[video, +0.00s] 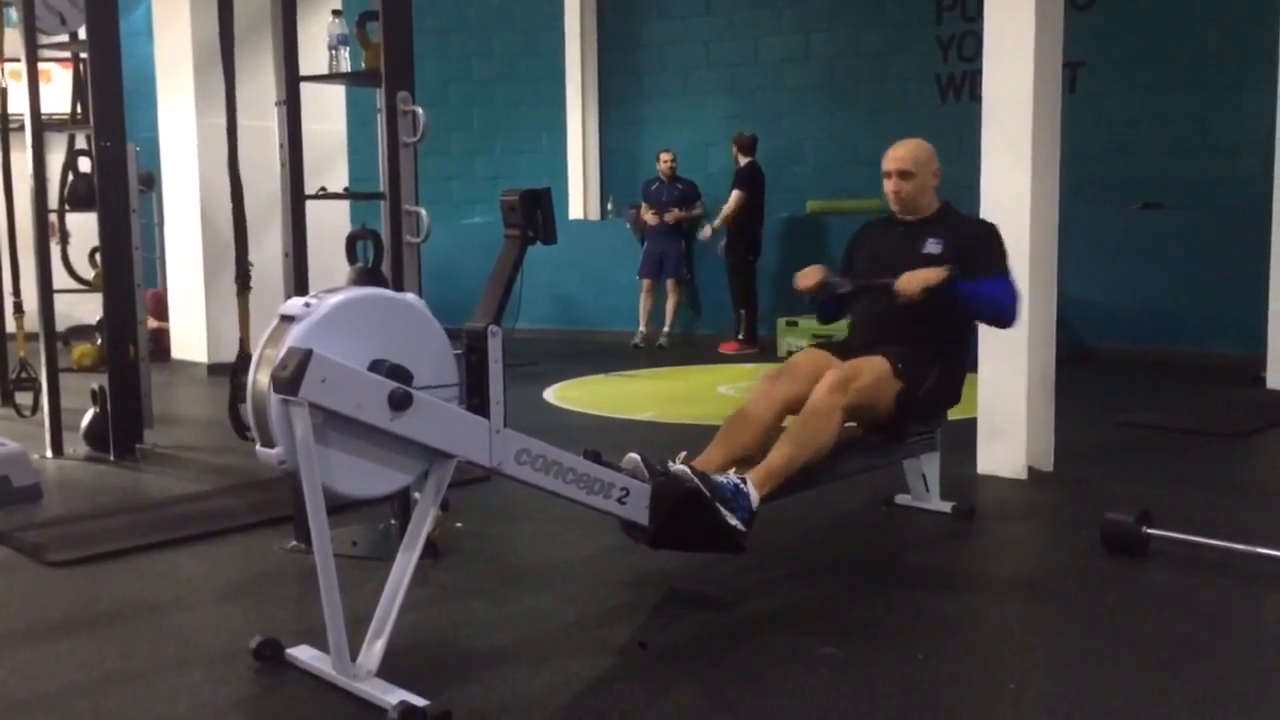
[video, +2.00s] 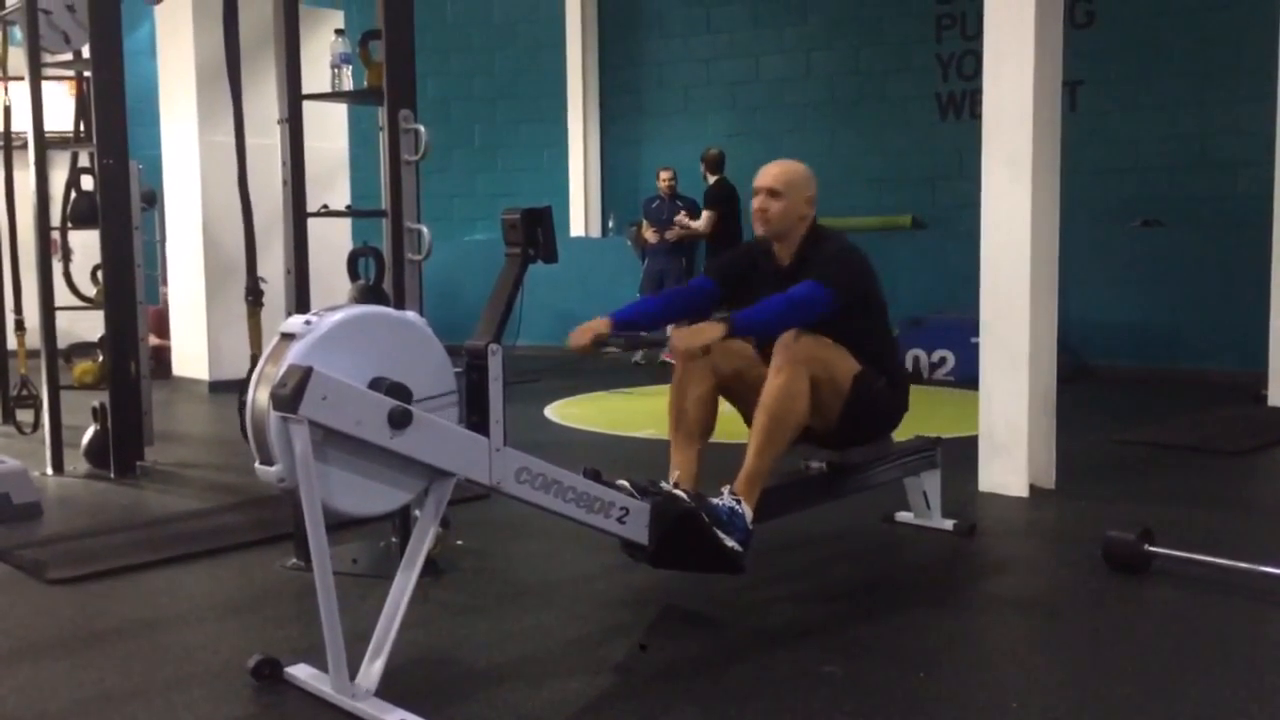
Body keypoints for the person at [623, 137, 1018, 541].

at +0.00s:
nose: (893, 187)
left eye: (904, 177)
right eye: (887, 177)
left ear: (934, 178)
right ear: (882, 179)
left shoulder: (972, 234)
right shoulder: (871, 234)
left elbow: (1004, 309)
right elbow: (832, 310)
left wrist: (946, 281)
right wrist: (822, 287)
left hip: (922, 360)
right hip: (858, 351)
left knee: (834, 384)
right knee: (783, 378)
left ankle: (748, 493)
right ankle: (693, 476)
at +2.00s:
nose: (759, 205)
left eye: (773, 196)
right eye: (756, 195)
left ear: (807, 206)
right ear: (751, 200)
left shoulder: (840, 258)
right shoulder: (751, 258)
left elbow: (800, 306)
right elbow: (693, 298)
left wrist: (723, 326)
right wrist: (610, 323)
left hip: (865, 410)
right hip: (793, 412)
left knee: (795, 345)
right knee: (698, 349)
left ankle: (740, 507)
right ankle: (680, 490)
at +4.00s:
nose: (945, 236)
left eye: (957, 228)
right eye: (940, 227)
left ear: (985, 236)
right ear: (934, 233)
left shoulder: (1009, 296)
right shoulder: (910, 286)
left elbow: (1046, 358)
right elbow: (859, 357)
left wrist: (1006, 306)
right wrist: (860, 319)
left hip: (929, 384)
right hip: (871, 372)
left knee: (841, 431)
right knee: (795, 423)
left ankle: (750, 516)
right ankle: (691, 500)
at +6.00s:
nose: (832, 215)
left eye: (845, 204)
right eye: (826, 204)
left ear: (876, 205)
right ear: (820, 207)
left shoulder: (910, 264)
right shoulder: (812, 269)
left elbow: (897, 330)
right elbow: (764, 322)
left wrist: (825, 361)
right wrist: (709, 356)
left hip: (904, 408)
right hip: (833, 404)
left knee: (822, 387)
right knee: (739, 374)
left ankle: (748, 522)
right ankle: (687, 505)